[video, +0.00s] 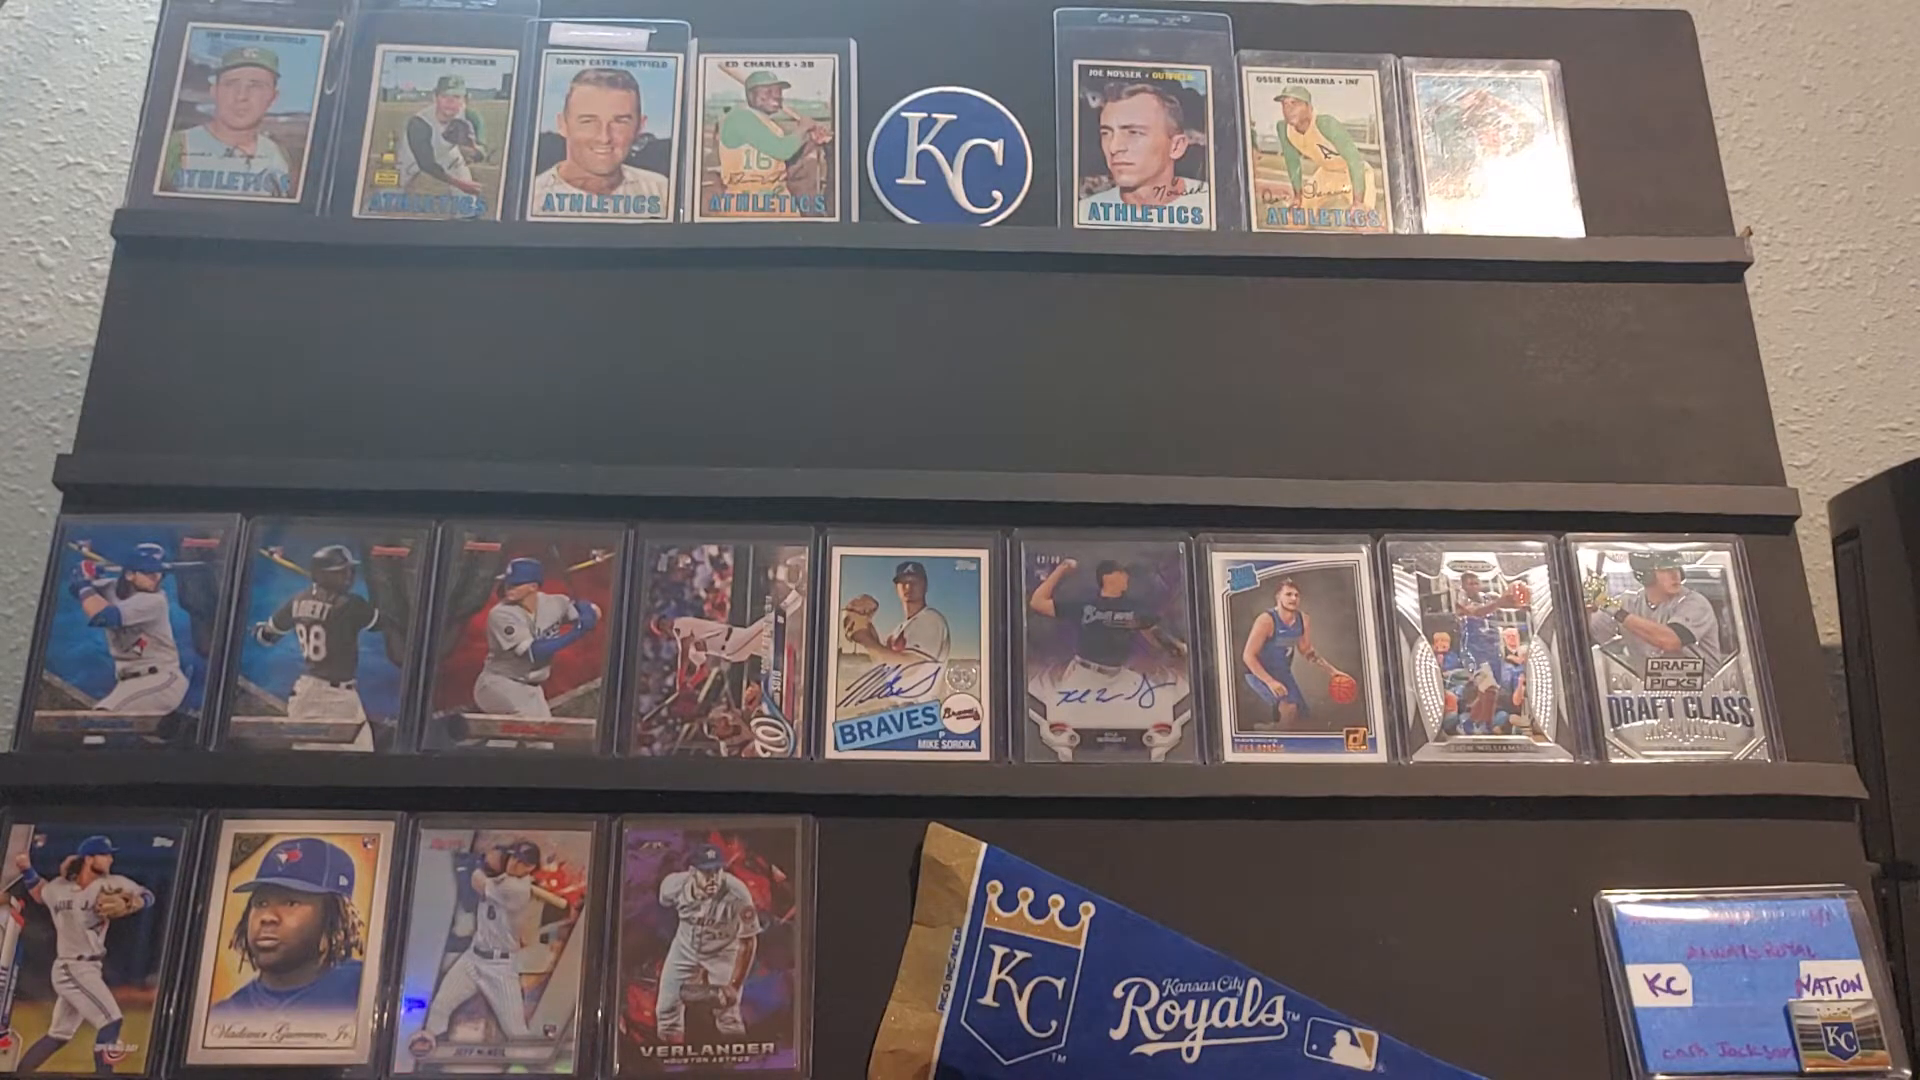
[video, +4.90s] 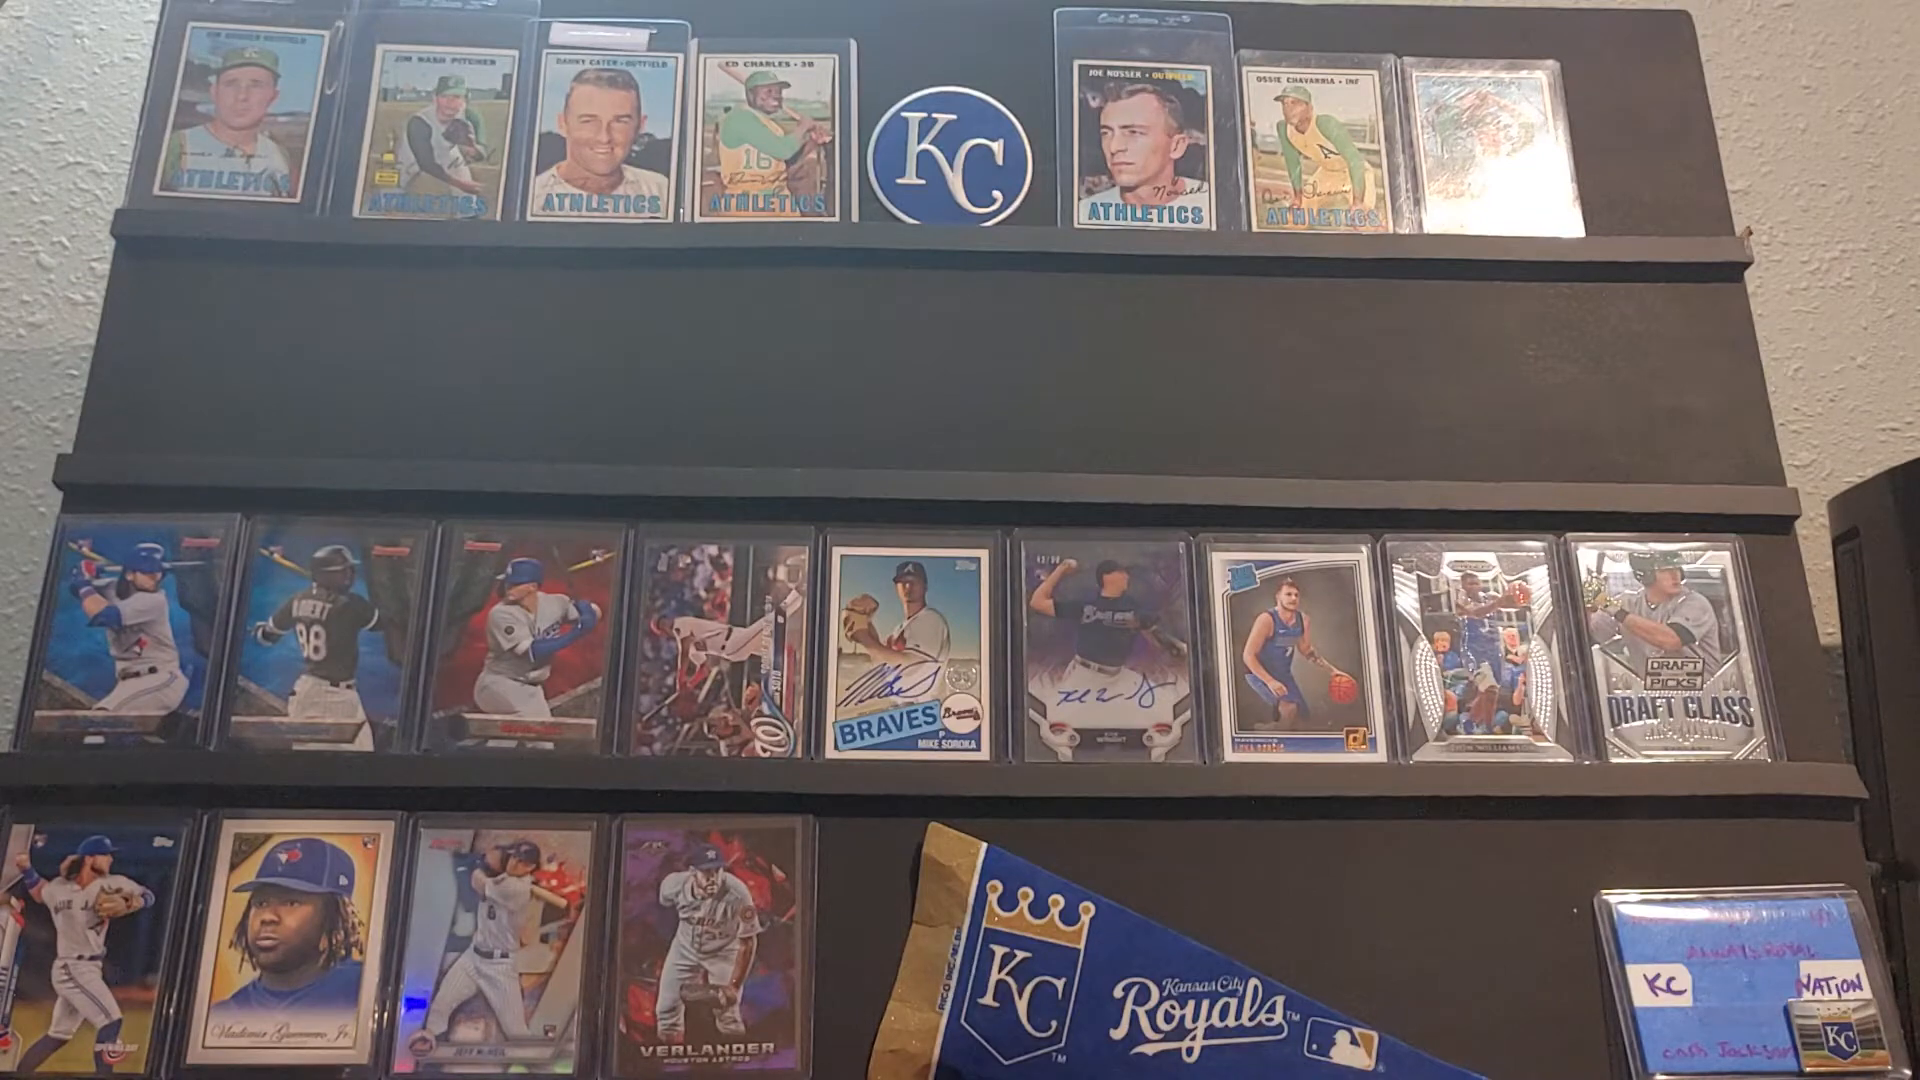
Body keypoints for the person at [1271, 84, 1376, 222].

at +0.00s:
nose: (1288, 109)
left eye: (1294, 103)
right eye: (1284, 105)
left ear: (1308, 107)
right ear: (1281, 108)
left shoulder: (1327, 124)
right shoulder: (1283, 128)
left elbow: (1355, 160)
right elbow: (1293, 163)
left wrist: (1358, 202)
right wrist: (1297, 197)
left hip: (1354, 174)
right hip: (1327, 173)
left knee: (1360, 218)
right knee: (1302, 210)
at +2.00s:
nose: (1288, 109)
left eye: (1294, 103)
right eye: (1285, 104)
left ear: (1308, 107)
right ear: (1281, 108)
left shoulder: (1326, 124)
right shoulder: (1283, 128)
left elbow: (1355, 161)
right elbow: (1293, 163)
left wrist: (1358, 202)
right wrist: (1298, 197)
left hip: (1355, 172)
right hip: (1327, 172)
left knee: (1360, 218)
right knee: (1302, 208)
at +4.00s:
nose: (1288, 109)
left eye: (1294, 103)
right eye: (1285, 104)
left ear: (1309, 107)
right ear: (1281, 107)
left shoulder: (1327, 123)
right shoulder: (1283, 128)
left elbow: (1355, 161)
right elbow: (1293, 164)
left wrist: (1358, 202)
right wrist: (1297, 197)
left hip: (1355, 172)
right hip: (1327, 172)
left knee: (1360, 219)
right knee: (1302, 209)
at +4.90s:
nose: (1288, 109)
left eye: (1293, 103)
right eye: (1284, 104)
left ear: (1308, 107)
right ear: (1282, 108)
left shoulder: (1327, 124)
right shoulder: (1283, 128)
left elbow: (1355, 161)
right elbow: (1293, 163)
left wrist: (1358, 203)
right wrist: (1297, 197)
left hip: (1355, 173)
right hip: (1327, 172)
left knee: (1361, 219)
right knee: (1301, 211)